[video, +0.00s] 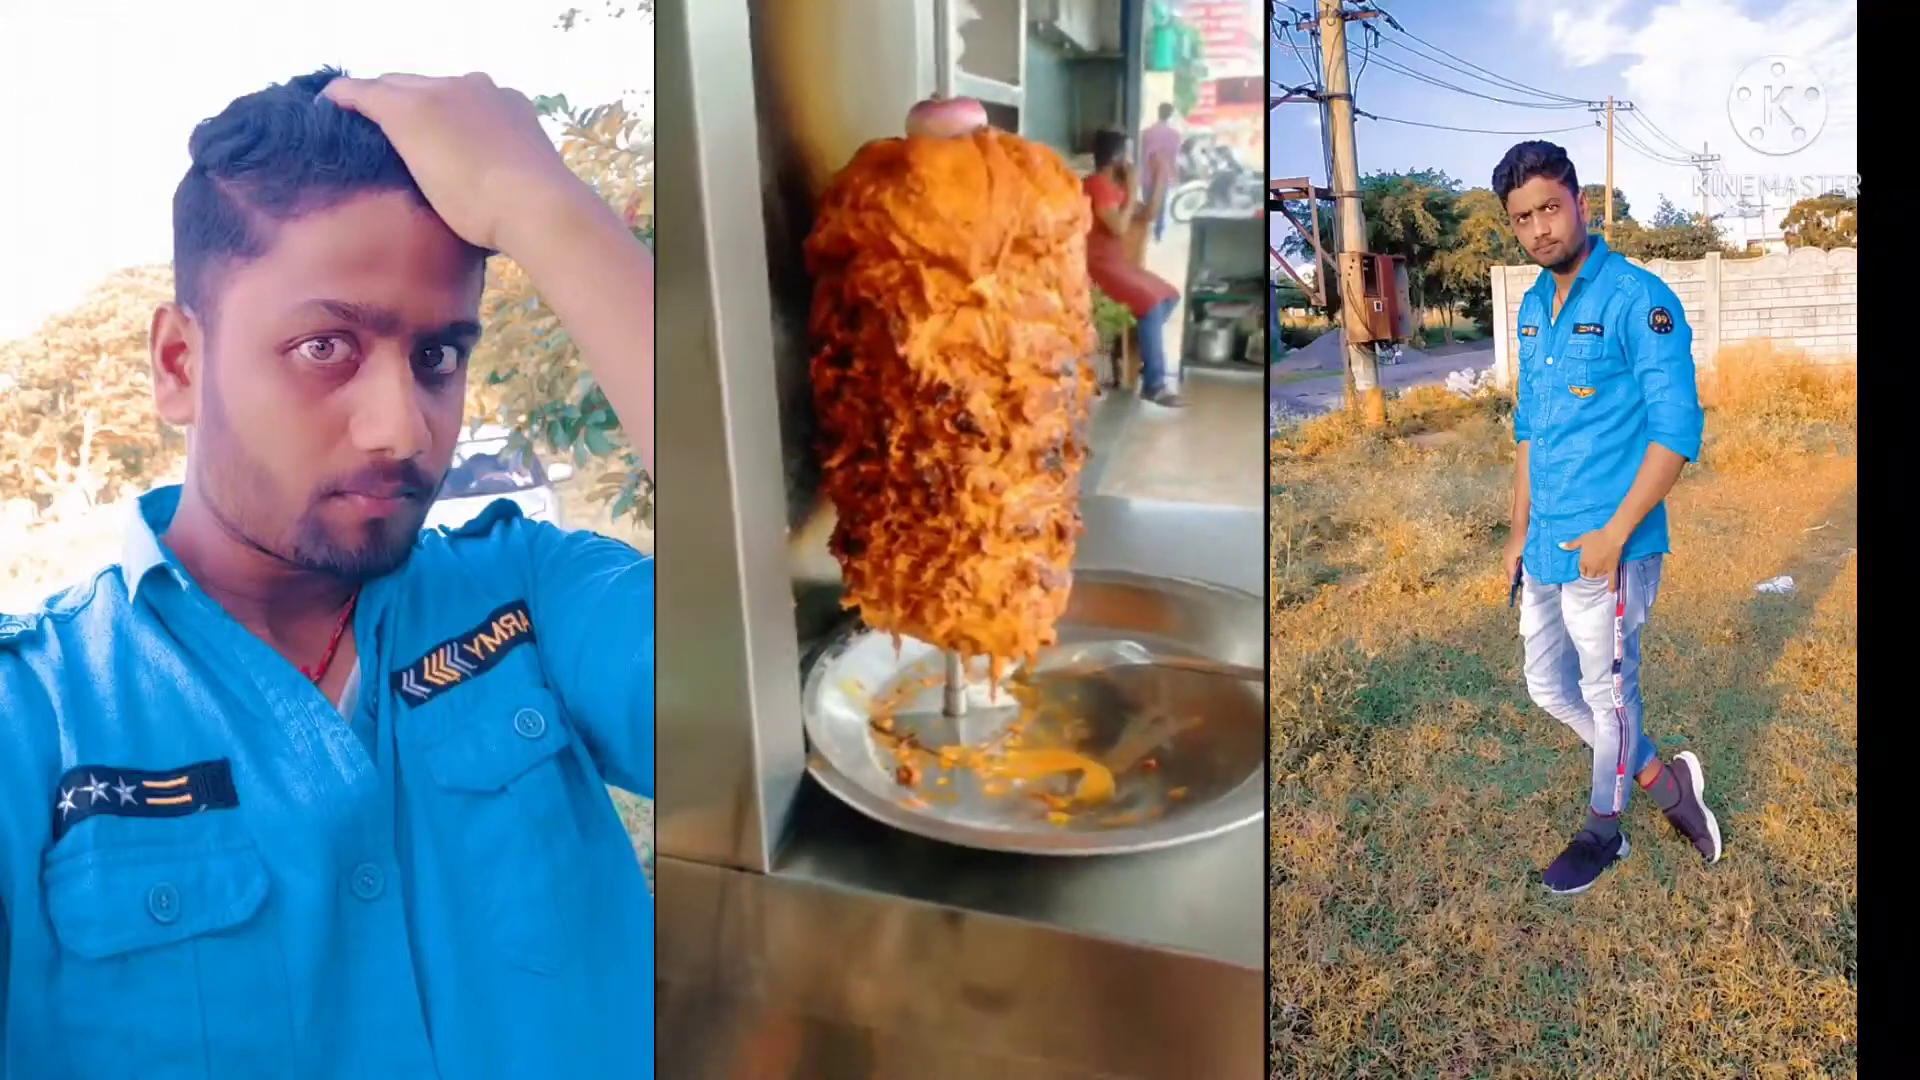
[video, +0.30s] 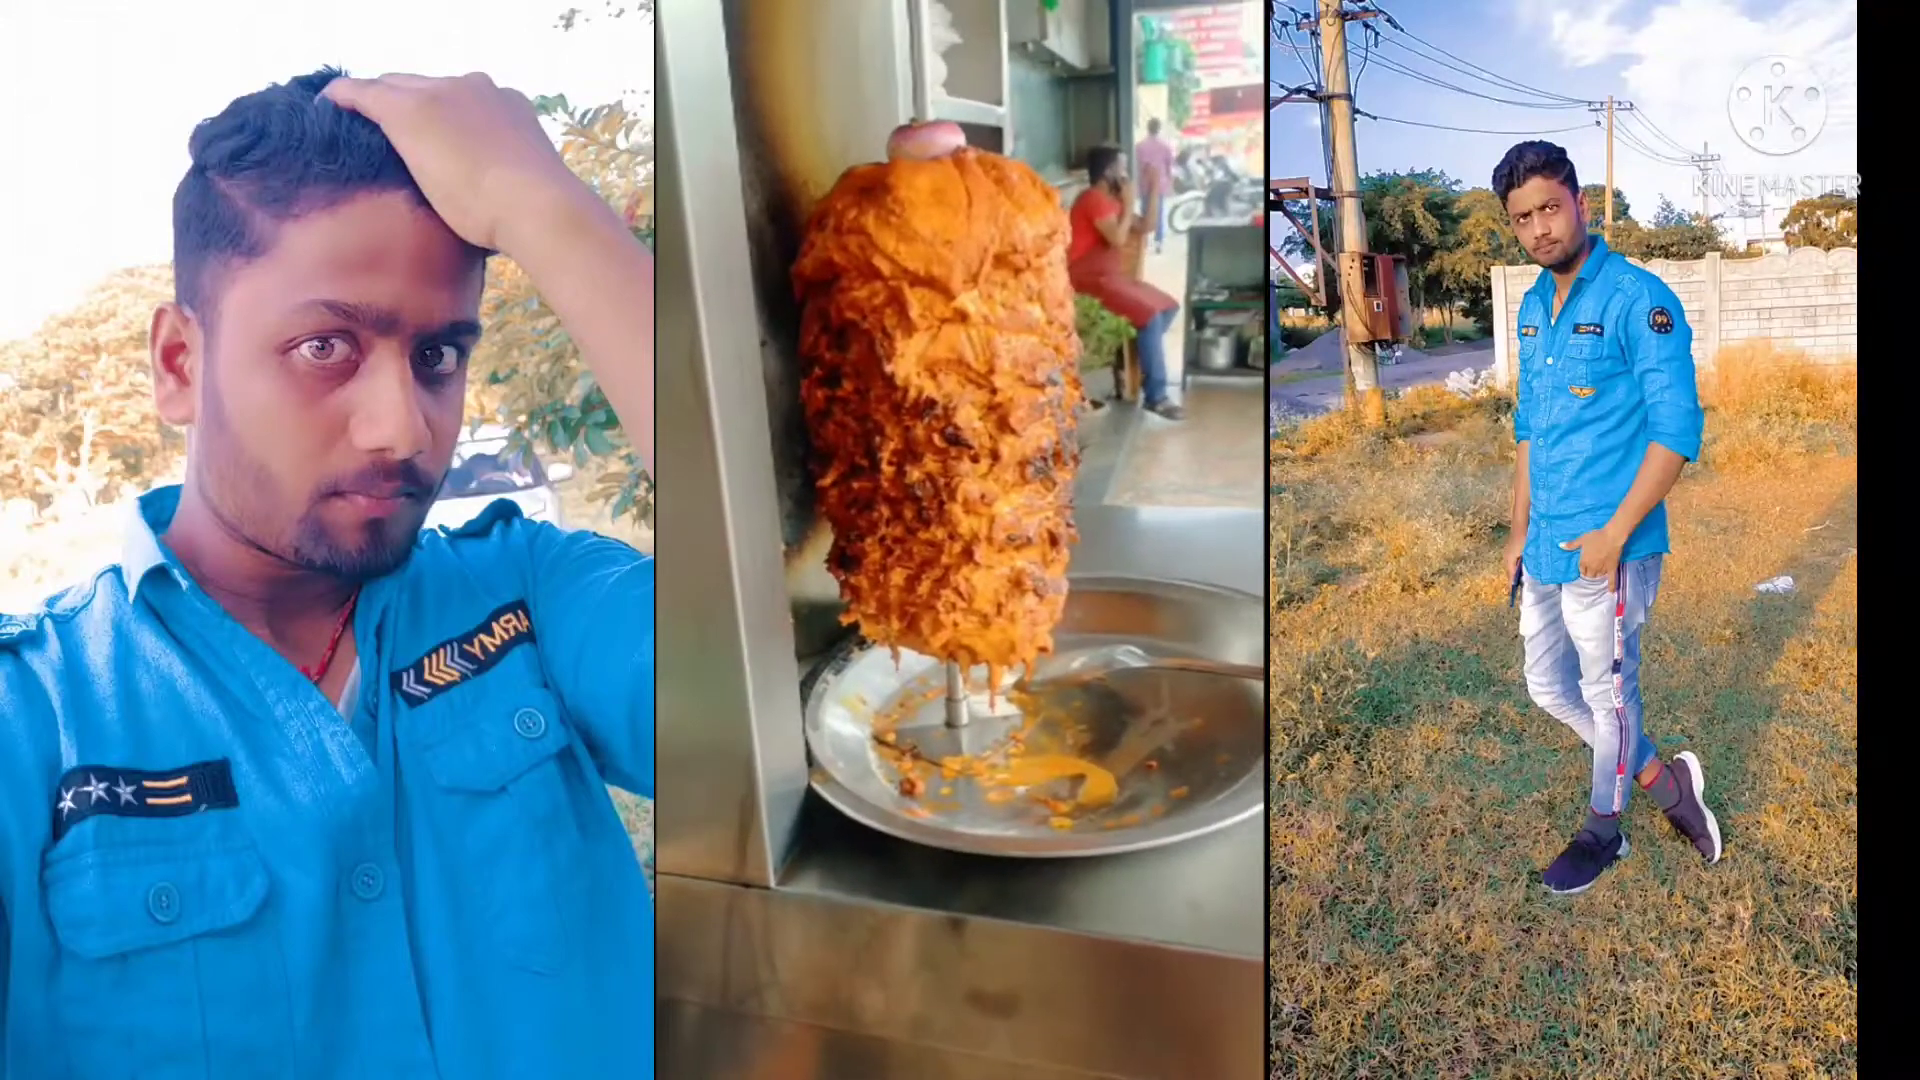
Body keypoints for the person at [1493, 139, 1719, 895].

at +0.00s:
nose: (1539, 228)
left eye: (1550, 208)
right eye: (1522, 218)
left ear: (1581, 203)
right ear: (1512, 228)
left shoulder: (1640, 298)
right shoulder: (1534, 306)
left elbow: (1677, 433)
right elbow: (1529, 431)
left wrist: (1615, 532)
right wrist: (1519, 530)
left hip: (1612, 538)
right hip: (1544, 539)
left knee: (1610, 691)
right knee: (1548, 684)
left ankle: (1603, 828)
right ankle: (1665, 778)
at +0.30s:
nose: (1539, 228)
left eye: (1550, 208)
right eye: (1523, 218)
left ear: (1581, 203)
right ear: (1512, 228)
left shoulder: (1640, 298)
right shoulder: (1534, 306)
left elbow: (1677, 432)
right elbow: (1529, 431)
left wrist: (1615, 531)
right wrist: (1519, 529)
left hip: (1612, 538)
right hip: (1544, 539)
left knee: (1610, 691)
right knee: (1548, 684)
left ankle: (1603, 828)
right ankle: (1665, 778)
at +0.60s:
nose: (1539, 228)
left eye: (1550, 208)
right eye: (1523, 218)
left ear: (1582, 203)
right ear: (1513, 228)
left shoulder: (1640, 298)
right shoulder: (1534, 307)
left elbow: (1678, 432)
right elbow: (1529, 430)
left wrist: (1616, 531)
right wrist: (1520, 529)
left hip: (1611, 536)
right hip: (1544, 538)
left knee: (1610, 689)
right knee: (1548, 684)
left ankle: (1602, 828)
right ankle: (1665, 778)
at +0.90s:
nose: (1538, 228)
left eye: (1549, 208)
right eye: (1522, 218)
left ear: (1581, 203)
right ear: (1513, 228)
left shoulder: (1640, 298)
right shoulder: (1534, 307)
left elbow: (1678, 431)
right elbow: (1529, 431)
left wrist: (1615, 532)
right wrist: (1520, 530)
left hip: (1611, 536)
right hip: (1544, 538)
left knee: (1610, 689)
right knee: (1548, 684)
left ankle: (1602, 828)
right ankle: (1666, 778)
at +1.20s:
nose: (1538, 228)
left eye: (1549, 208)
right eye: (1522, 218)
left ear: (1581, 203)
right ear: (1513, 228)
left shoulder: (1640, 298)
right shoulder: (1534, 307)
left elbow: (1678, 431)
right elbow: (1529, 431)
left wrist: (1615, 532)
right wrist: (1520, 530)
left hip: (1611, 536)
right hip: (1544, 538)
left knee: (1610, 689)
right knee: (1548, 684)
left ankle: (1602, 828)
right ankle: (1666, 778)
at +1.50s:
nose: (1538, 228)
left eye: (1549, 208)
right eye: (1522, 218)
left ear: (1581, 203)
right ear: (1513, 228)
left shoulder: (1640, 298)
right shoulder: (1534, 307)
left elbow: (1678, 431)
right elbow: (1529, 431)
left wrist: (1615, 532)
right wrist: (1520, 530)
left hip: (1611, 536)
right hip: (1544, 538)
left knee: (1610, 689)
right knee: (1548, 684)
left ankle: (1602, 828)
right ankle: (1666, 778)